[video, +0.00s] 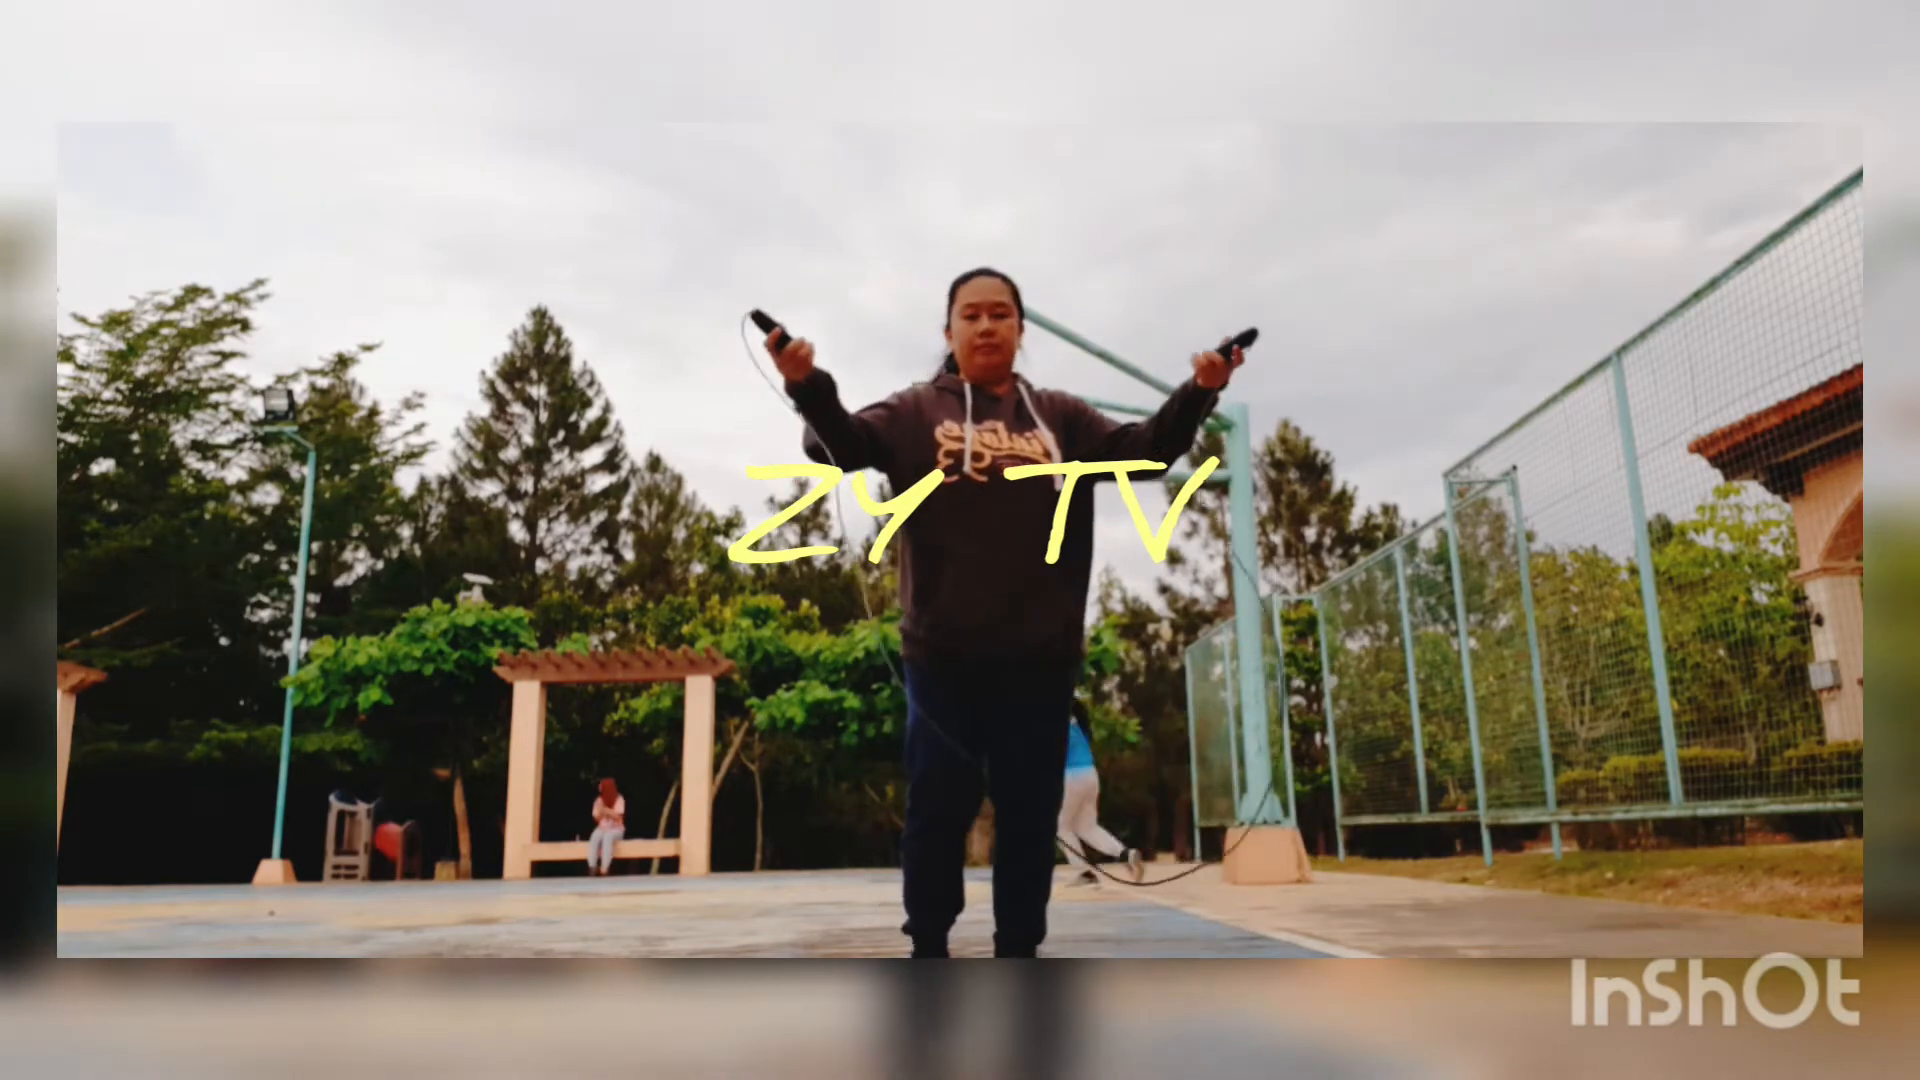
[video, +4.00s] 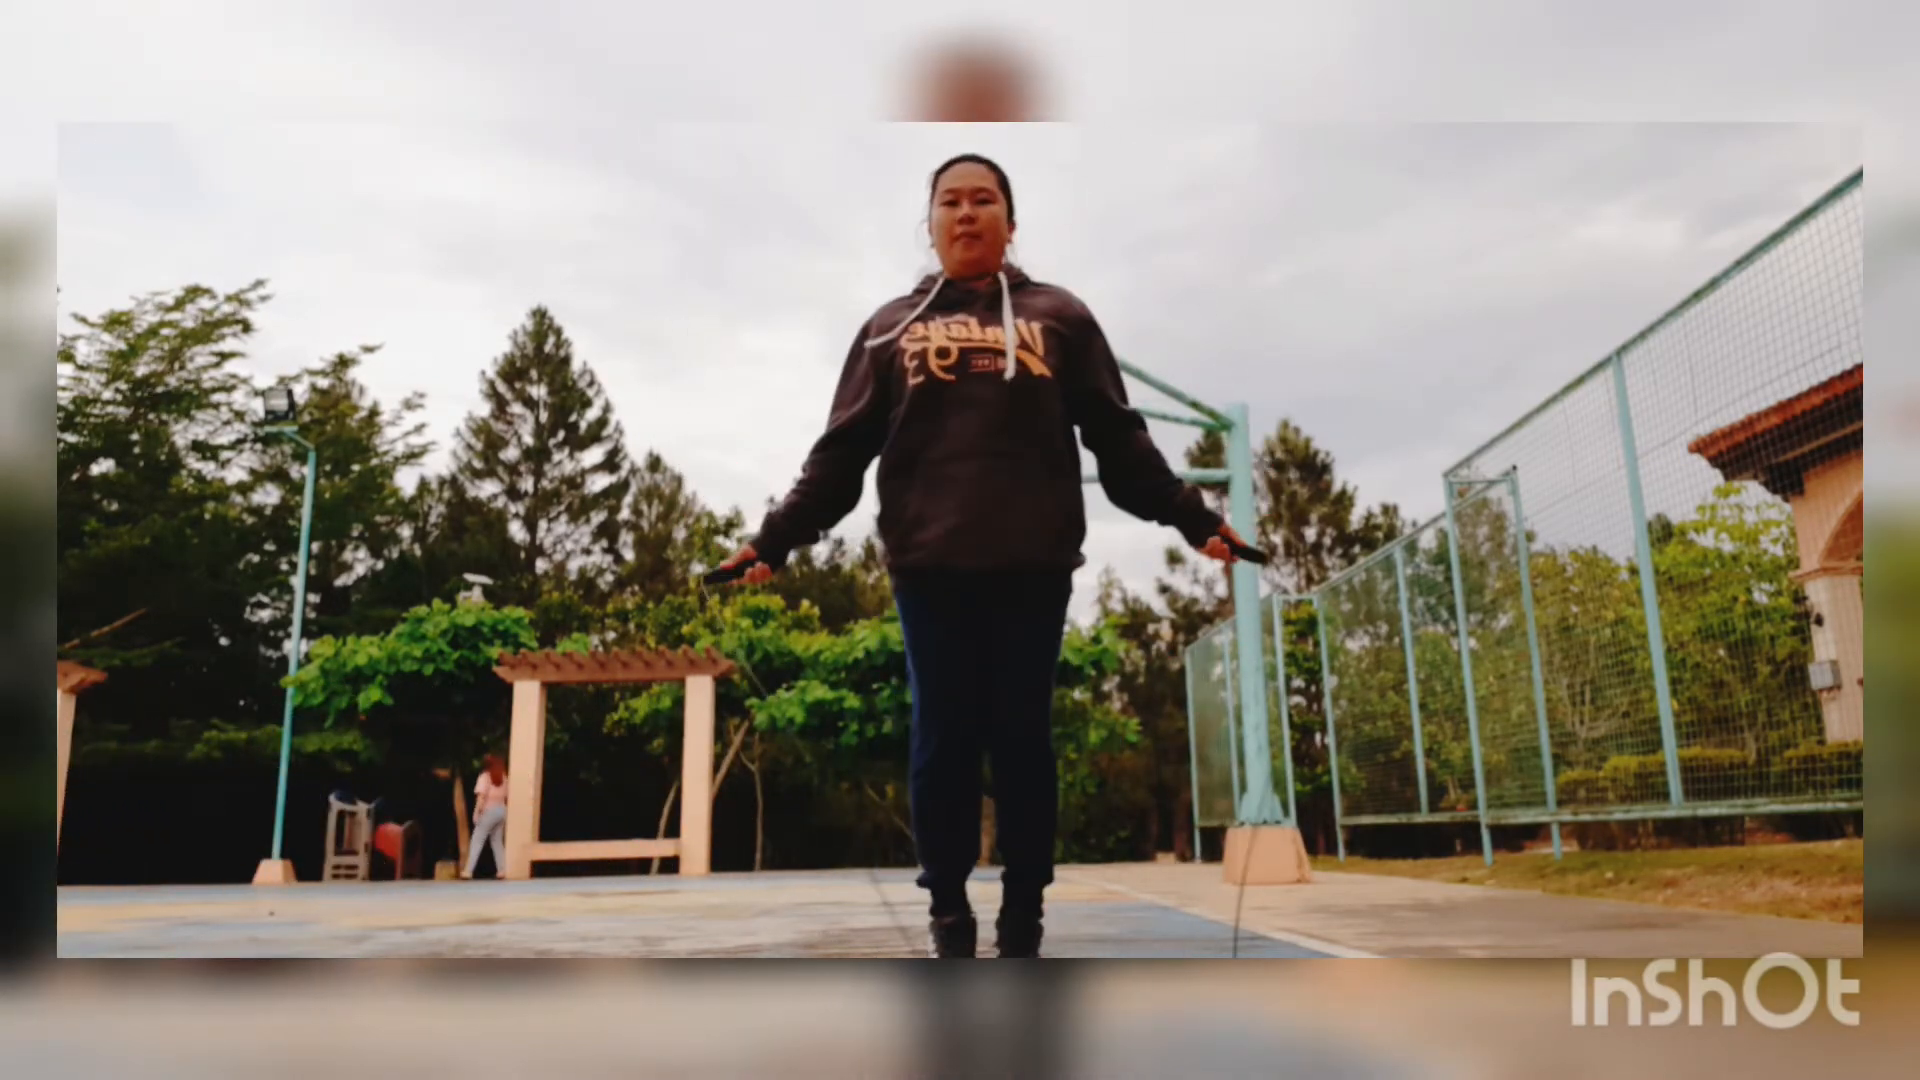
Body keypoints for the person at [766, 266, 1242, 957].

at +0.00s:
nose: (988, 326)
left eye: (1001, 314)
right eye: (972, 315)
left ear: (1022, 331)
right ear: (948, 333)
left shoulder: (1061, 416)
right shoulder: (915, 411)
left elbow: (1147, 448)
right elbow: (848, 446)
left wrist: (1200, 391)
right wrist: (807, 386)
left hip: (1039, 647)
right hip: (944, 647)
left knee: (1030, 812)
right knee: (939, 802)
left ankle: (1019, 952)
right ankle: (929, 949)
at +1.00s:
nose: (956, 304)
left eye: (972, 293)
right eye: (941, 295)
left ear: (997, 319)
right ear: (922, 320)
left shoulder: (1040, 403)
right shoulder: (892, 408)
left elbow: (1118, 482)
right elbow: (827, 497)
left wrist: (1210, 448)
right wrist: (727, 478)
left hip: (1003, 642)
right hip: (905, 643)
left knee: (996, 809)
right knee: (895, 778)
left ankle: (1001, 956)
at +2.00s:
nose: (951, 258)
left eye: (965, 246)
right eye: (936, 248)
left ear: (992, 269)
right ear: (914, 272)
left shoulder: (1042, 364)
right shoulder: (881, 375)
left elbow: (1106, 476)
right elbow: (831, 490)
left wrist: (1194, 498)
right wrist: (751, 535)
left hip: (1028, 615)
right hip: (919, 619)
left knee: (1031, 787)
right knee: (927, 789)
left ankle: (1035, 946)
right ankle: (930, 951)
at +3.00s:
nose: (958, 245)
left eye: (972, 233)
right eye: (943, 235)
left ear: (999, 255)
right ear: (922, 258)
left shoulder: (1050, 353)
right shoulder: (887, 364)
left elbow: (1114, 469)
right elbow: (834, 487)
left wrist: (1201, 518)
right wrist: (755, 547)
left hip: (1033, 603)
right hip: (927, 606)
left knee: (1029, 776)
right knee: (936, 778)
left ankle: (1027, 941)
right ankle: (942, 942)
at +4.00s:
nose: (967, 213)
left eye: (983, 200)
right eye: (952, 201)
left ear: (1009, 222)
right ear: (930, 222)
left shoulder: (1060, 316)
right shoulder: (890, 328)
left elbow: (1118, 439)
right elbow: (841, 452)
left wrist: (1191, 514)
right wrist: (774, 541)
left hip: (1034, 559)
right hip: (929, 561)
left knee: (1023, 733)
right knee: (942, 736)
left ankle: (1023, 918)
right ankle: (950, 918)